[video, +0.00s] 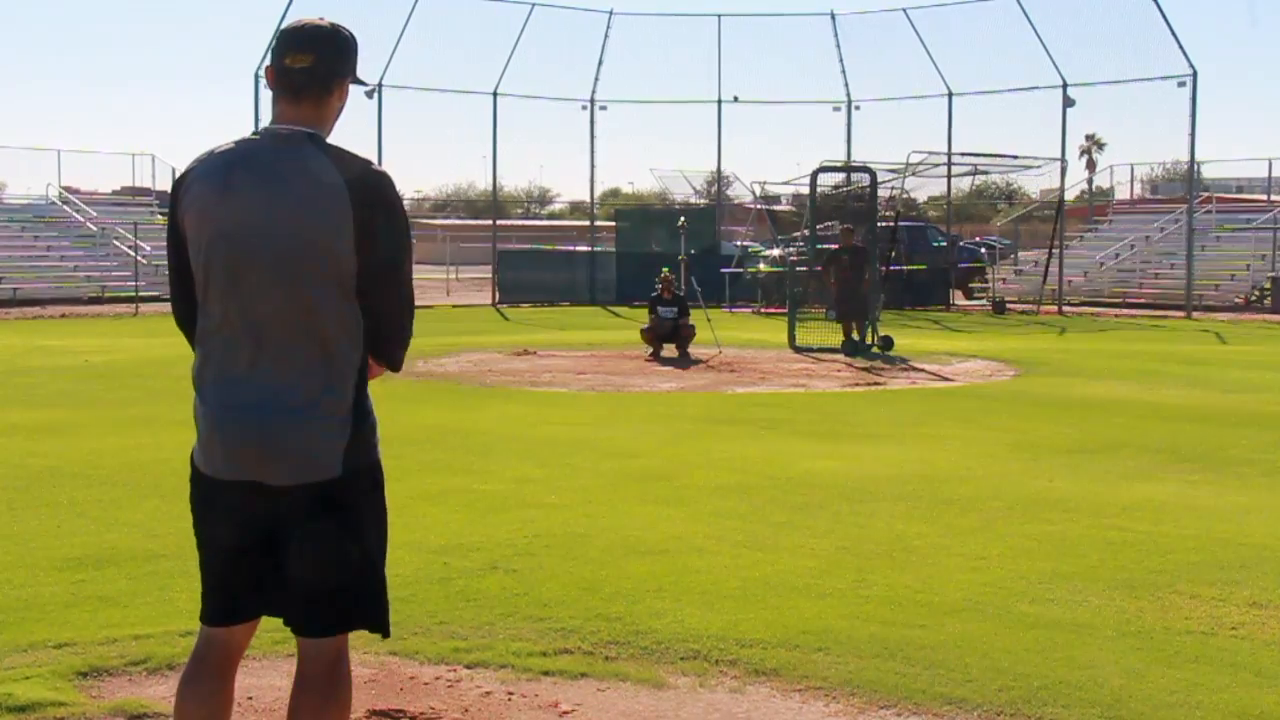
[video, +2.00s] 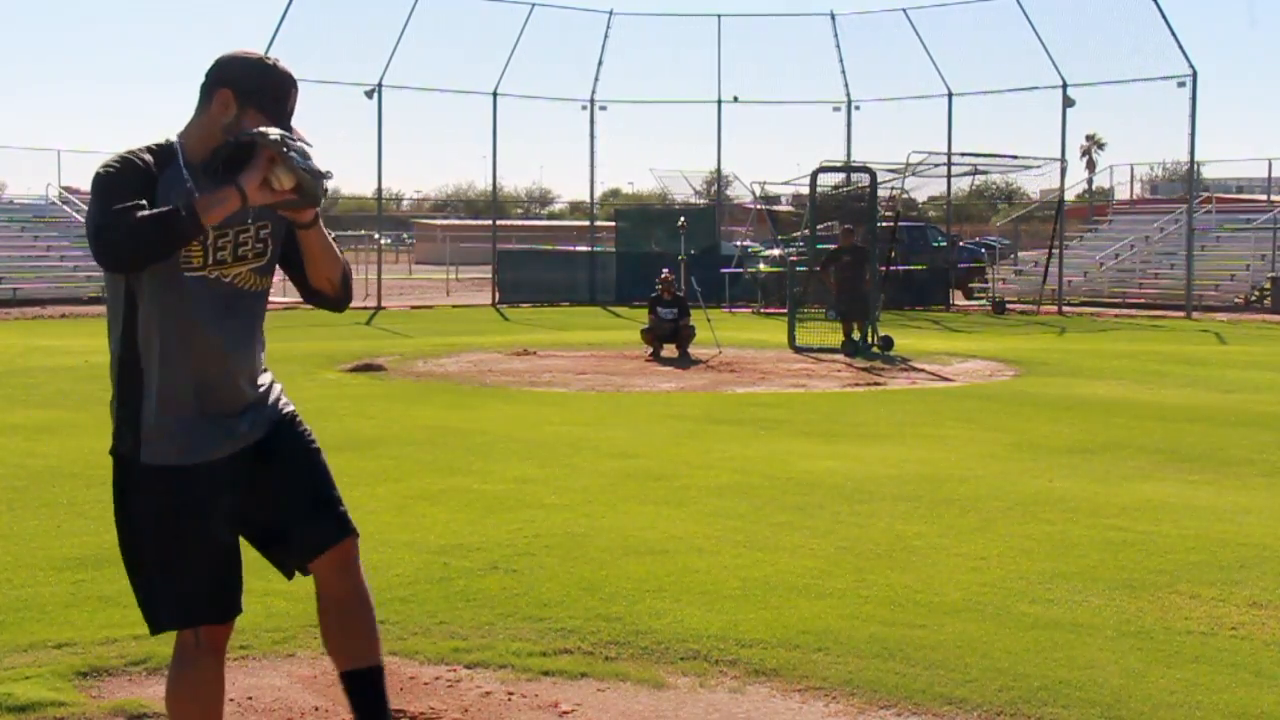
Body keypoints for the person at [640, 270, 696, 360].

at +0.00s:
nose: (667, 285)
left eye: (670, 282)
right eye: (664, 282)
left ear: (673, 284)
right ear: (661, 284)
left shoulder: (680, 299)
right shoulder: (654, 299)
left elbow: (685, 319)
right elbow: (652, 318)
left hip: (675, 327)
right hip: (660, 327)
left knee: (689, 329)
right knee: (645, 332)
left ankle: (682, 350)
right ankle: (656, 348)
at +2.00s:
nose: (666, 287)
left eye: (669, 284)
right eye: (664, 284)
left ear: (673, 285)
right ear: (660, 286)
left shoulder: (680, 300)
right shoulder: (654, 299)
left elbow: (686, 319)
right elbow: (651, 318)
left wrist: (673, 325)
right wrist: (662, 325)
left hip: (676, 328)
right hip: (660, 329)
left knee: (689, 330)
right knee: (645, 333)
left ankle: (682, 350)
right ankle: (656, 347)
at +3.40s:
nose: (667, 286)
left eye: (669, 283)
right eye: (664, 284)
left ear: (673, 284)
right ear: (660, 285)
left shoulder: (679, 299)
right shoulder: (654, 299)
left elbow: (685, 317)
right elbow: (649, 314)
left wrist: (675, 317)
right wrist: (652, 320)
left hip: (675, 325)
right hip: (660, 325)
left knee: (688, 330)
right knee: (648, 331)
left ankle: (683, 349)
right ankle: (656, 348)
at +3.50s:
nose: (664, 288)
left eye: (666, 285)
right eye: (661, 285)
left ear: (670, 286)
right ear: (658, 286)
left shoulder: (676, 299)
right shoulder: (653, 300)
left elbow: (682, 313)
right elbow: (649, 316)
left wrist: (672, 312)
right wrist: (648, 322)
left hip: (675, 324)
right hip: (660, 324)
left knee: (689, 330)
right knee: (649, 330)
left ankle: (683, 349)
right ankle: (656, 348)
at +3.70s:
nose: (658, 294)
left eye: (660, 291)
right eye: (655, 292)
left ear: (665, 291)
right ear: (651, 293)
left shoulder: (673, 302)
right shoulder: (651, 305)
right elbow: (651, 319)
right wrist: (653, 323)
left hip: (674, 330)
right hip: (660, 330)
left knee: (689, 329)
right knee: (651, 331)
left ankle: (684, 350)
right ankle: (656, 349)